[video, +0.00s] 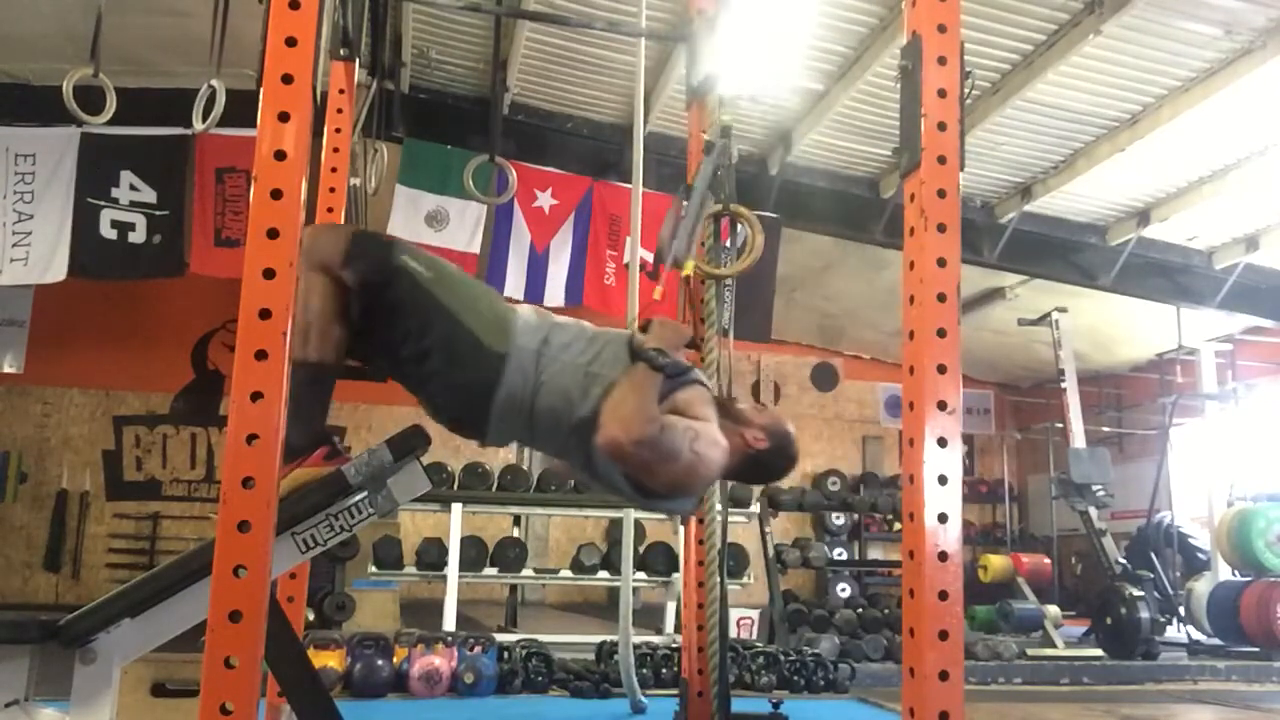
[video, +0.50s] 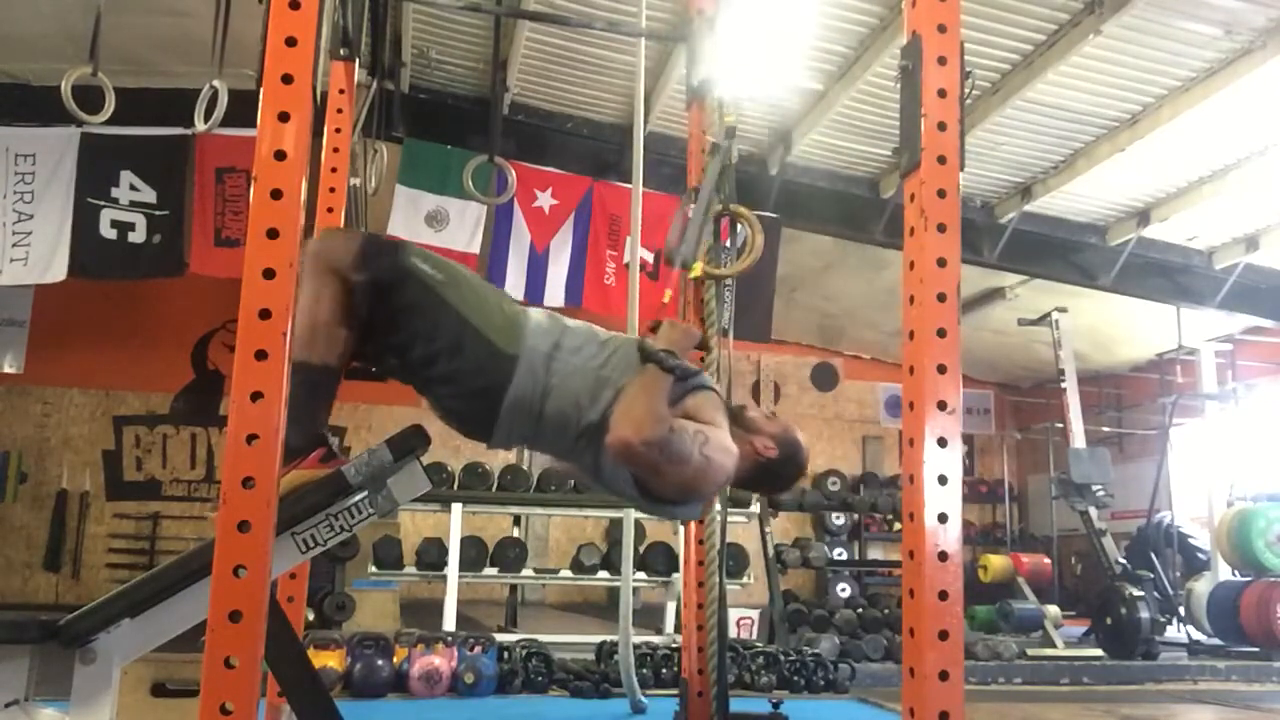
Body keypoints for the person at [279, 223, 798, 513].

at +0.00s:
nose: (756, 398)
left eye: (765, 411)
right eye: (768, 401)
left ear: (752, 441)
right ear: (751, 434)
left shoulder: (705, 450)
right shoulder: (698, 419)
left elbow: (625, 437)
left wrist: (660, 356)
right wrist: (663, 351)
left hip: (500, 361)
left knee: (323, 244)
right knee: (335, 308)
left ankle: (298, 415)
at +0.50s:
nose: (762, 404)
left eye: (771, 418)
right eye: (774, 408)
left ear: (762, 449)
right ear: (760, 445)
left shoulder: (714, 459)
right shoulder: (707, 431)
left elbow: (634, 439)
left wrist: (669, 363)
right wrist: (669, 351)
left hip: (508, 363)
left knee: (333, 251)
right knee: (352, 295)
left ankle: (292, 420)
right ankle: (290, 417)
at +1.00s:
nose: (890, 461)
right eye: (897, 466)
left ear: (885, 517)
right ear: (903, 470)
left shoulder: (860, 520)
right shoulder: (856, 450)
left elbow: (805, 476)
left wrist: (809, 393)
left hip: (671, 431)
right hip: (678, 394)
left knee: (512, 304)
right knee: (505, 301)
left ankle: (351, 417)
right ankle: (363, 399)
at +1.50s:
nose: (996, 494)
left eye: (1007, 508)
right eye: (1005, 492)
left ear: (999, 543)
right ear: (988, 495)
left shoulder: (959, 542)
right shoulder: (943, 503)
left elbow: (894, 488)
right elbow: (863, 433)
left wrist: (930, 425)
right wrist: (914, 412)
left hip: (774, 496)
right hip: (765, 487)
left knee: (604, 419)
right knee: (589, 430)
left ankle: (393, 418)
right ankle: (402, 424)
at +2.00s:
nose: (947, 610)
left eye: (953, 629)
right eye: (957, 617)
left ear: (939, 659)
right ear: (942, 629)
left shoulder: (897, 649)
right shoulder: (890, 615)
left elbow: (876, 517)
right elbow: (871, 513)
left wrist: (852, 415)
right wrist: (844, 412)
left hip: (731, 554)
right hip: (734, 521)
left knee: (590, 432)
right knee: (576, 426)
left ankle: (382, 415)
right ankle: (390, 415)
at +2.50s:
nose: (948, 588)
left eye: (958, 611)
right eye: (962, 590)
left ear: (951, 642)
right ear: (950, 590)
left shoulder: (905, 639)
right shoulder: (903, 585)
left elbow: (874, 517)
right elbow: (869, 515)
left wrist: (861, 408)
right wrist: (843, 407)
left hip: (736, 548)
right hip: (736, 513)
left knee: (586, 425)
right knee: (563, 431)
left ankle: (369, 414)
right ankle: (382, 422)